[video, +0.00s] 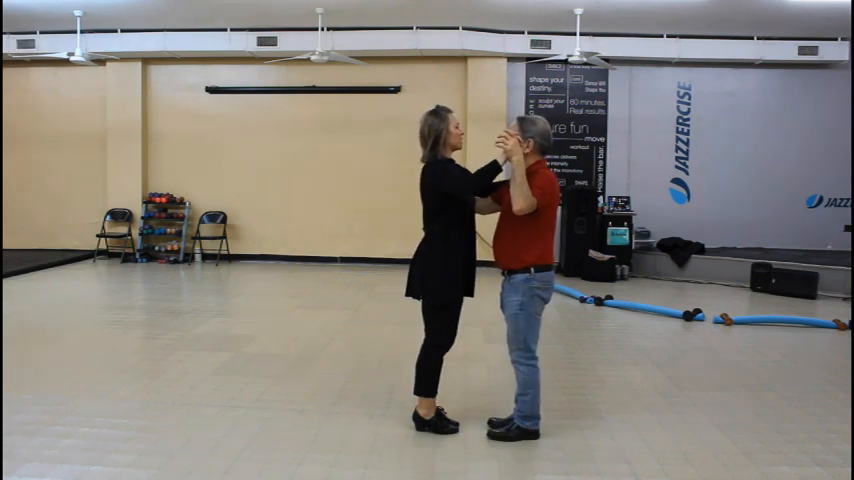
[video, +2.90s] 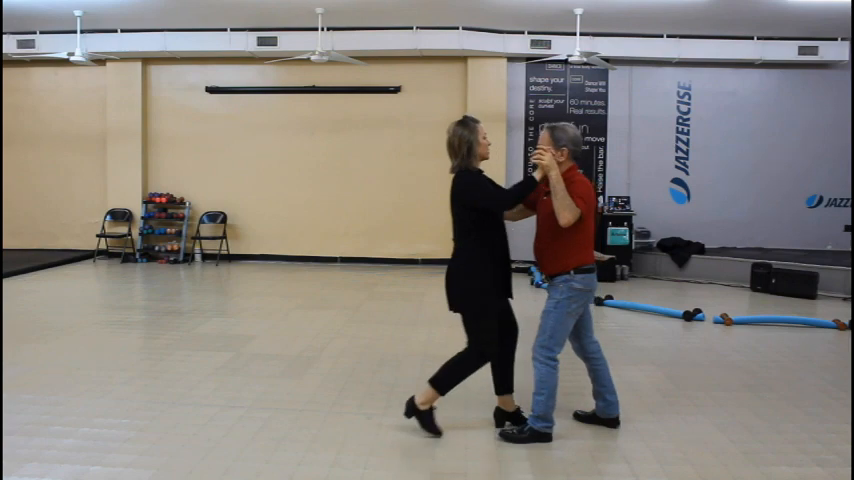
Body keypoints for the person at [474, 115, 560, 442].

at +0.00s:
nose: (507, 142)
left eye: (512, 137)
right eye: (508, 137)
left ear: (527, 144)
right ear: (527, 145)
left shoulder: (544, 176)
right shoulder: (520, 179)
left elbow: (522, 206)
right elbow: (483, 204)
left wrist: (516, 162)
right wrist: (451, 189)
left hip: (531, 277)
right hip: (517, 276)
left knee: (524, 354)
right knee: (519, 353)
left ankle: (527, 422)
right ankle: (522, 416)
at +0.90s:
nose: (487, 148)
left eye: (494, 143)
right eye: (489, 142)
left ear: (513, 149)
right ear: (509, 149)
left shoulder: (527, 181)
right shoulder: (505, 181)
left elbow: (506, 214)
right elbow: (465, 209)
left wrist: (491, 171)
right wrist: (431, 201)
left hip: (514, 278)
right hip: (504, 277)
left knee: (478, 347)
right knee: (510, 347)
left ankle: (484, 424)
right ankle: (525, 416)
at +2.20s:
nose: (510, 143)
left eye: (516, 139)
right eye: (511, 138)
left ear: (533, 146)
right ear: (530, 146)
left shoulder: (549, 180)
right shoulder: (527, 179)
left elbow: (524, 210)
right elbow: (488, 206)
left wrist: (514, 165)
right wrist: (452, 198)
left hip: (543, 278)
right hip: (531, 276)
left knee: (524, 353)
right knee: (531, 347)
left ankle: (527, 426)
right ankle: (557, 407)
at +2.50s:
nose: (533, 156)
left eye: (538, 152)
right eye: (534, 151)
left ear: (558, 156)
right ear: (556, 156)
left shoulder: (577, 186)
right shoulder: (547, 185)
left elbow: (560, 223)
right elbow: (514, 212)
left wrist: (547, 177)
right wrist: (481, 201)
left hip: (569, 283)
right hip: (565, 281)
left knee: (534, 351)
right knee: (582, 346)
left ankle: (528, 425)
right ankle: (607, 411)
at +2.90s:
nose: (536, 153)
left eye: (542, 148)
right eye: (537, 147)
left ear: (562, 153)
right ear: (558, 152)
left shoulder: (579, 183)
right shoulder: (547, 184)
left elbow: (567, 218)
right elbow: (516, 212)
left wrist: (553, 174)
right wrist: (483, 204)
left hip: (573, 279)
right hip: (567, 277)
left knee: (545, 351)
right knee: (587, 346)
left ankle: (540, 425)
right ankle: (608, 411)